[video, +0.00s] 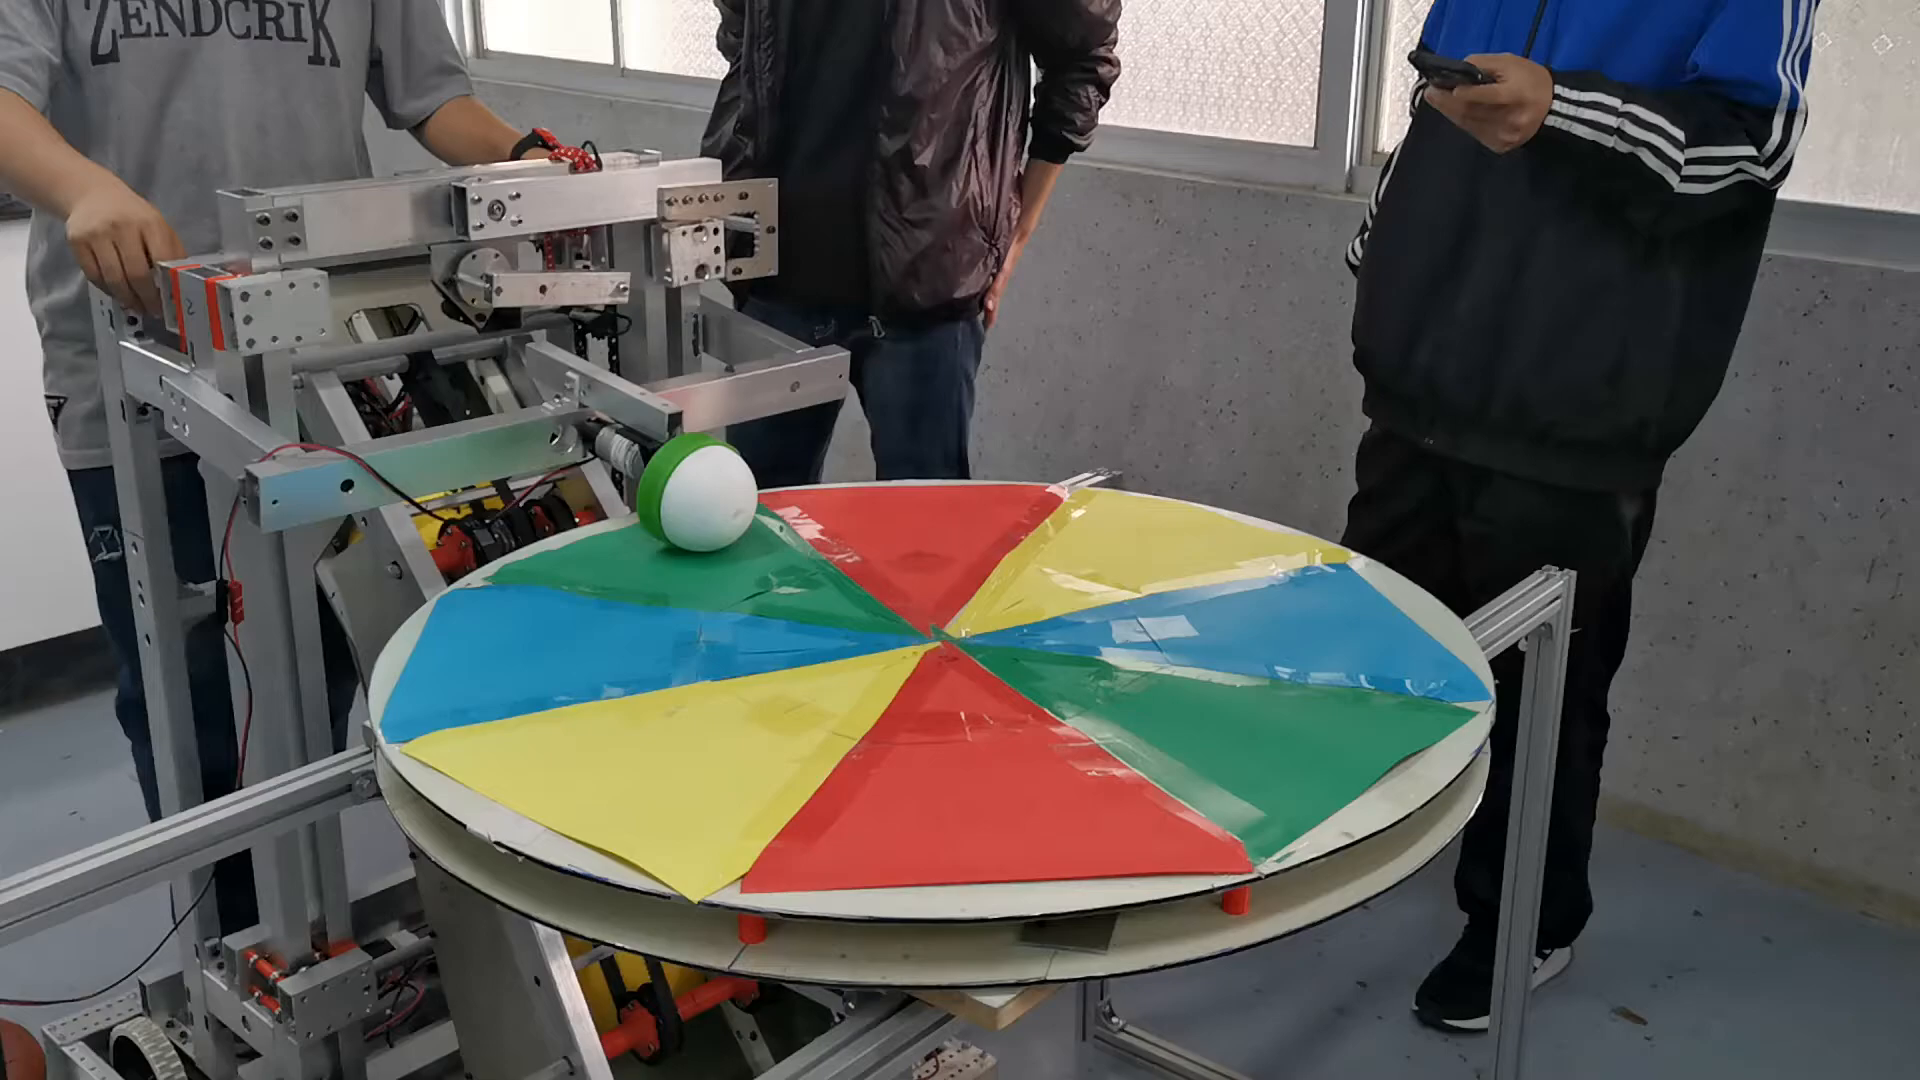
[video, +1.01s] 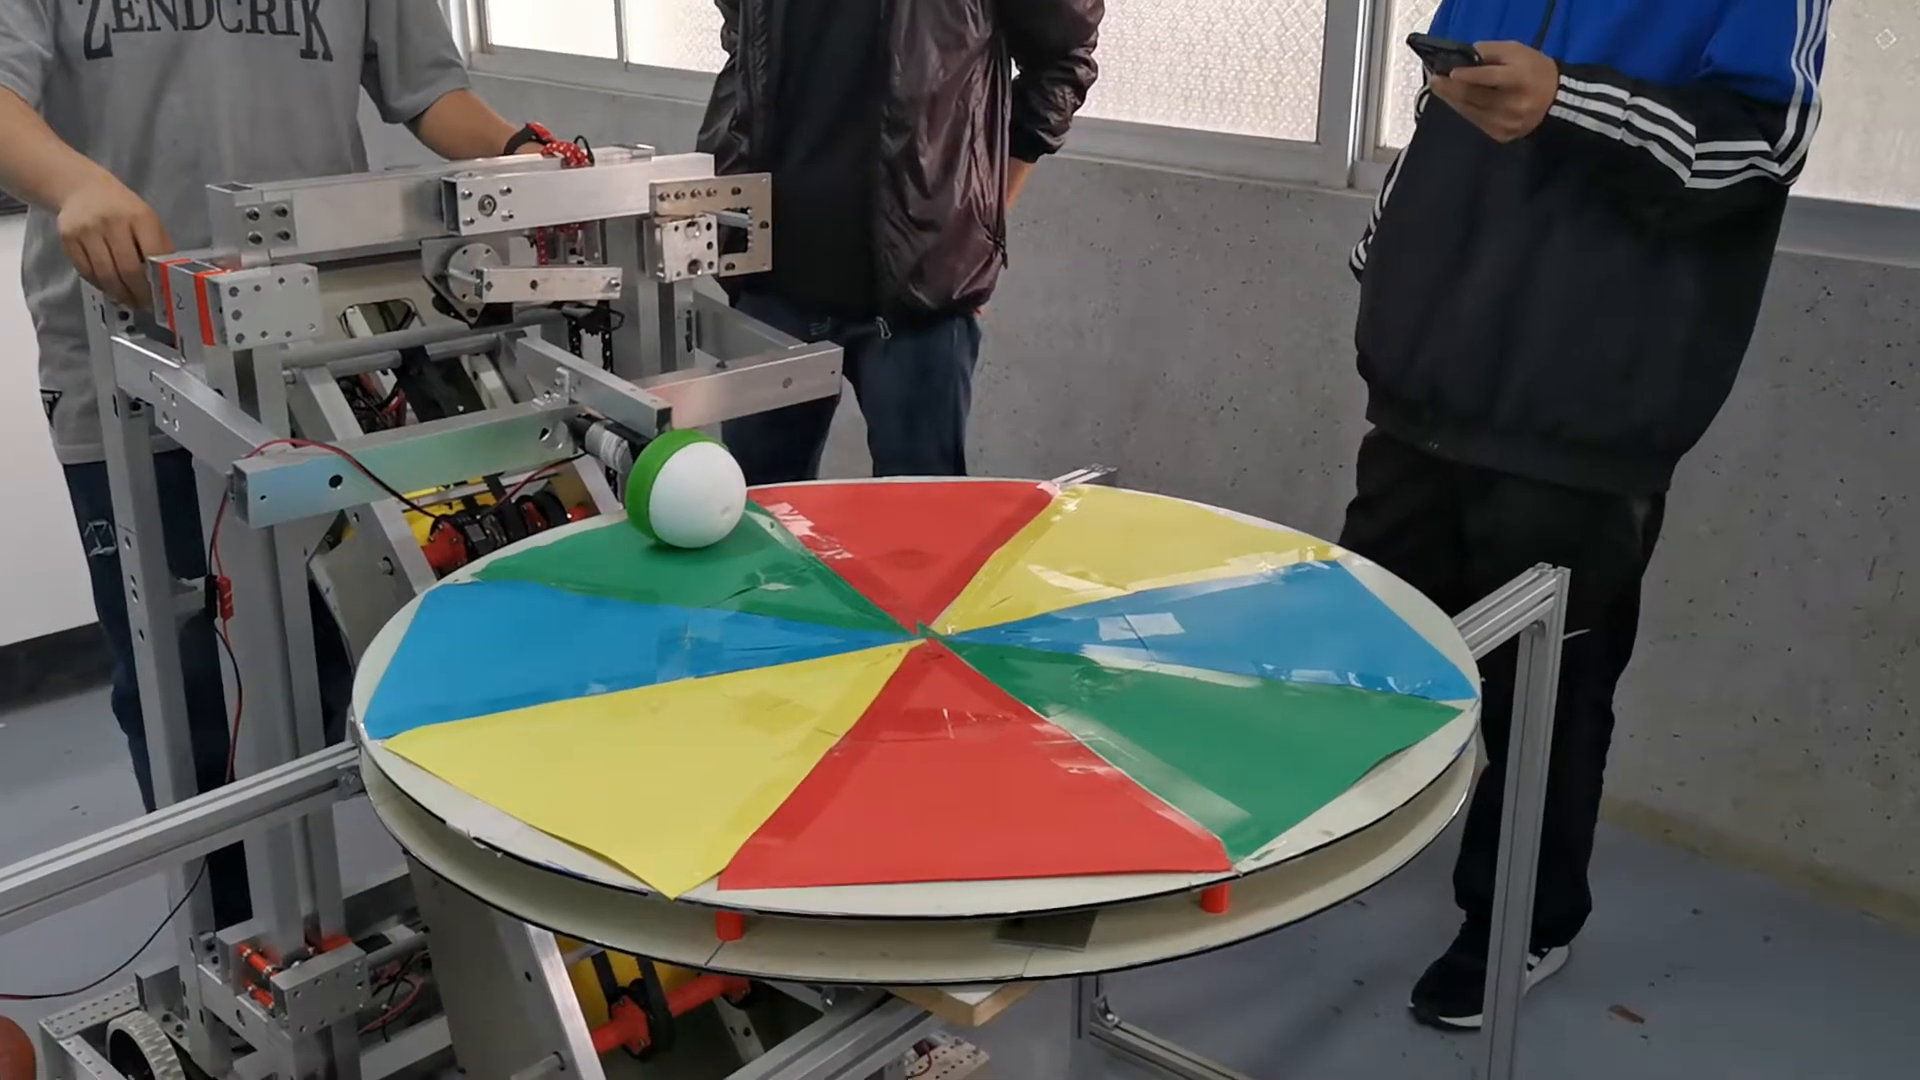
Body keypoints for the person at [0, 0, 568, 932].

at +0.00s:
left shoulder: (381, 7)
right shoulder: (47, 8)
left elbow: (429, 89)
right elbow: (5, 101)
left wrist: (528, 157)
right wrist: (83, 186)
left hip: (319, 366)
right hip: (126, 371)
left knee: (321, 664)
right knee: (180, 694)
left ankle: (309, 910)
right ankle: (229, 943)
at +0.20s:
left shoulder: (380, 6)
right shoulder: (46, 8)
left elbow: (428, 90)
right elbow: (4, 101)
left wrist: (527, 158)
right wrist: (82, 187)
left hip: (320, 367)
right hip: (127, 371)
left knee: (322, 668)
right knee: (180, 701)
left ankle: (308, 920)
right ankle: (228, 951)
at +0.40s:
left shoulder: (381, 6)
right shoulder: (46, 8)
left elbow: (428, 90)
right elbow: (3, 102)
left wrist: (529, 160)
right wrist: (79, 187)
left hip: (320, 366)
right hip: (126, 370)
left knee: (322, 667)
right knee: (179, 696)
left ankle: (307, 919)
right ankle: (228, 947)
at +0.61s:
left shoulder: (378, 6)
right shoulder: (44, 8)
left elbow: (426, 89)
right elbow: (2, 104)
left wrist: (525, 157)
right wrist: (76, 187)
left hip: (319, 365)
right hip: (126, 370)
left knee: (322, 665)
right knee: (178, 694)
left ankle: (308, 916)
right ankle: (227, 945)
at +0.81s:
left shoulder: (378, 7)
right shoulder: (42, 9)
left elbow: (427, 86)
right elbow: (1, 104)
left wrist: (525, 156)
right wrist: (75, 185)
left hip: (320, 365)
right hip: (125, 369)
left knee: (327, 662)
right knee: (176, 690)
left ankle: (313, 914)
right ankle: (226, 941)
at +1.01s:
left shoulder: (374, 4)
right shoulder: (44, 10)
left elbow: (427, 81)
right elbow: (3, 97)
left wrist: (522, 151)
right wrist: (72, 178)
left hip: (320, 360)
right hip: (122, 366)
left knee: (326, 654)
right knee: (174, 682)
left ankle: (317, 907)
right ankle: (228, 934)